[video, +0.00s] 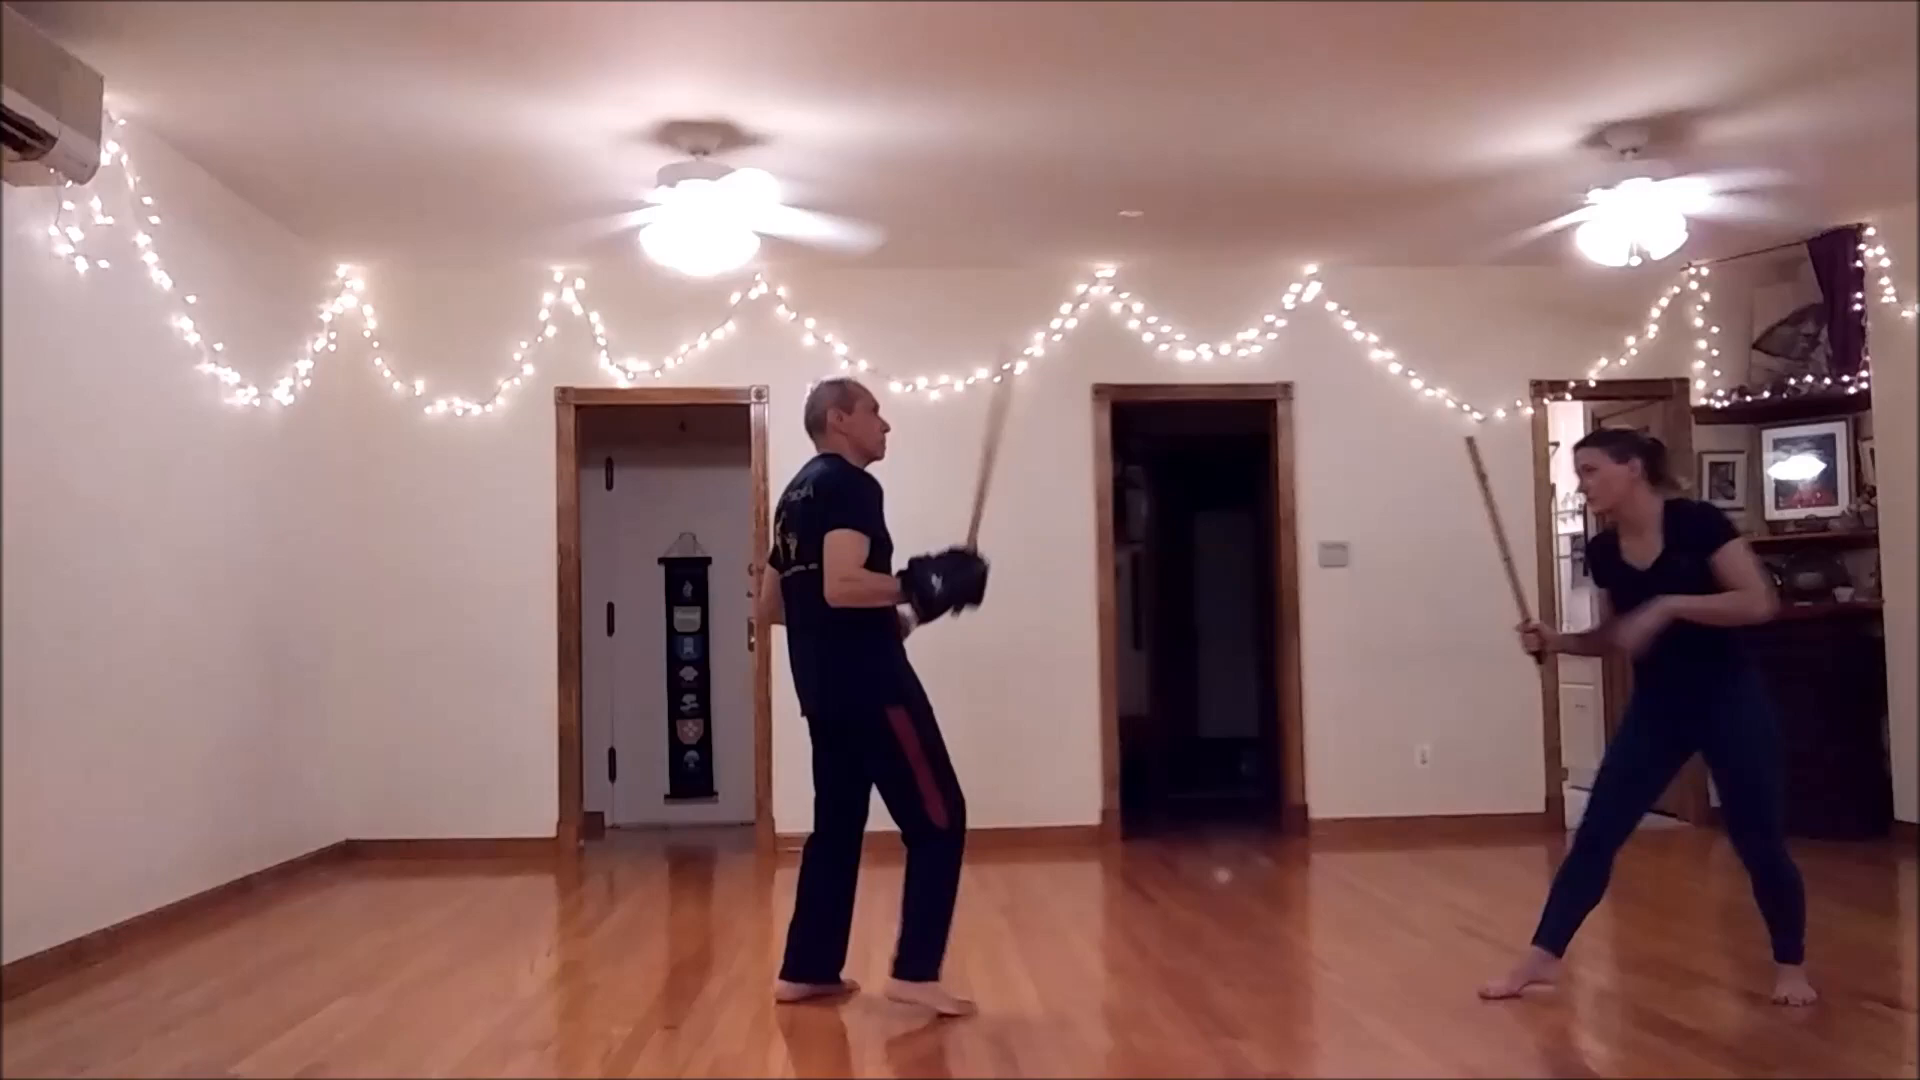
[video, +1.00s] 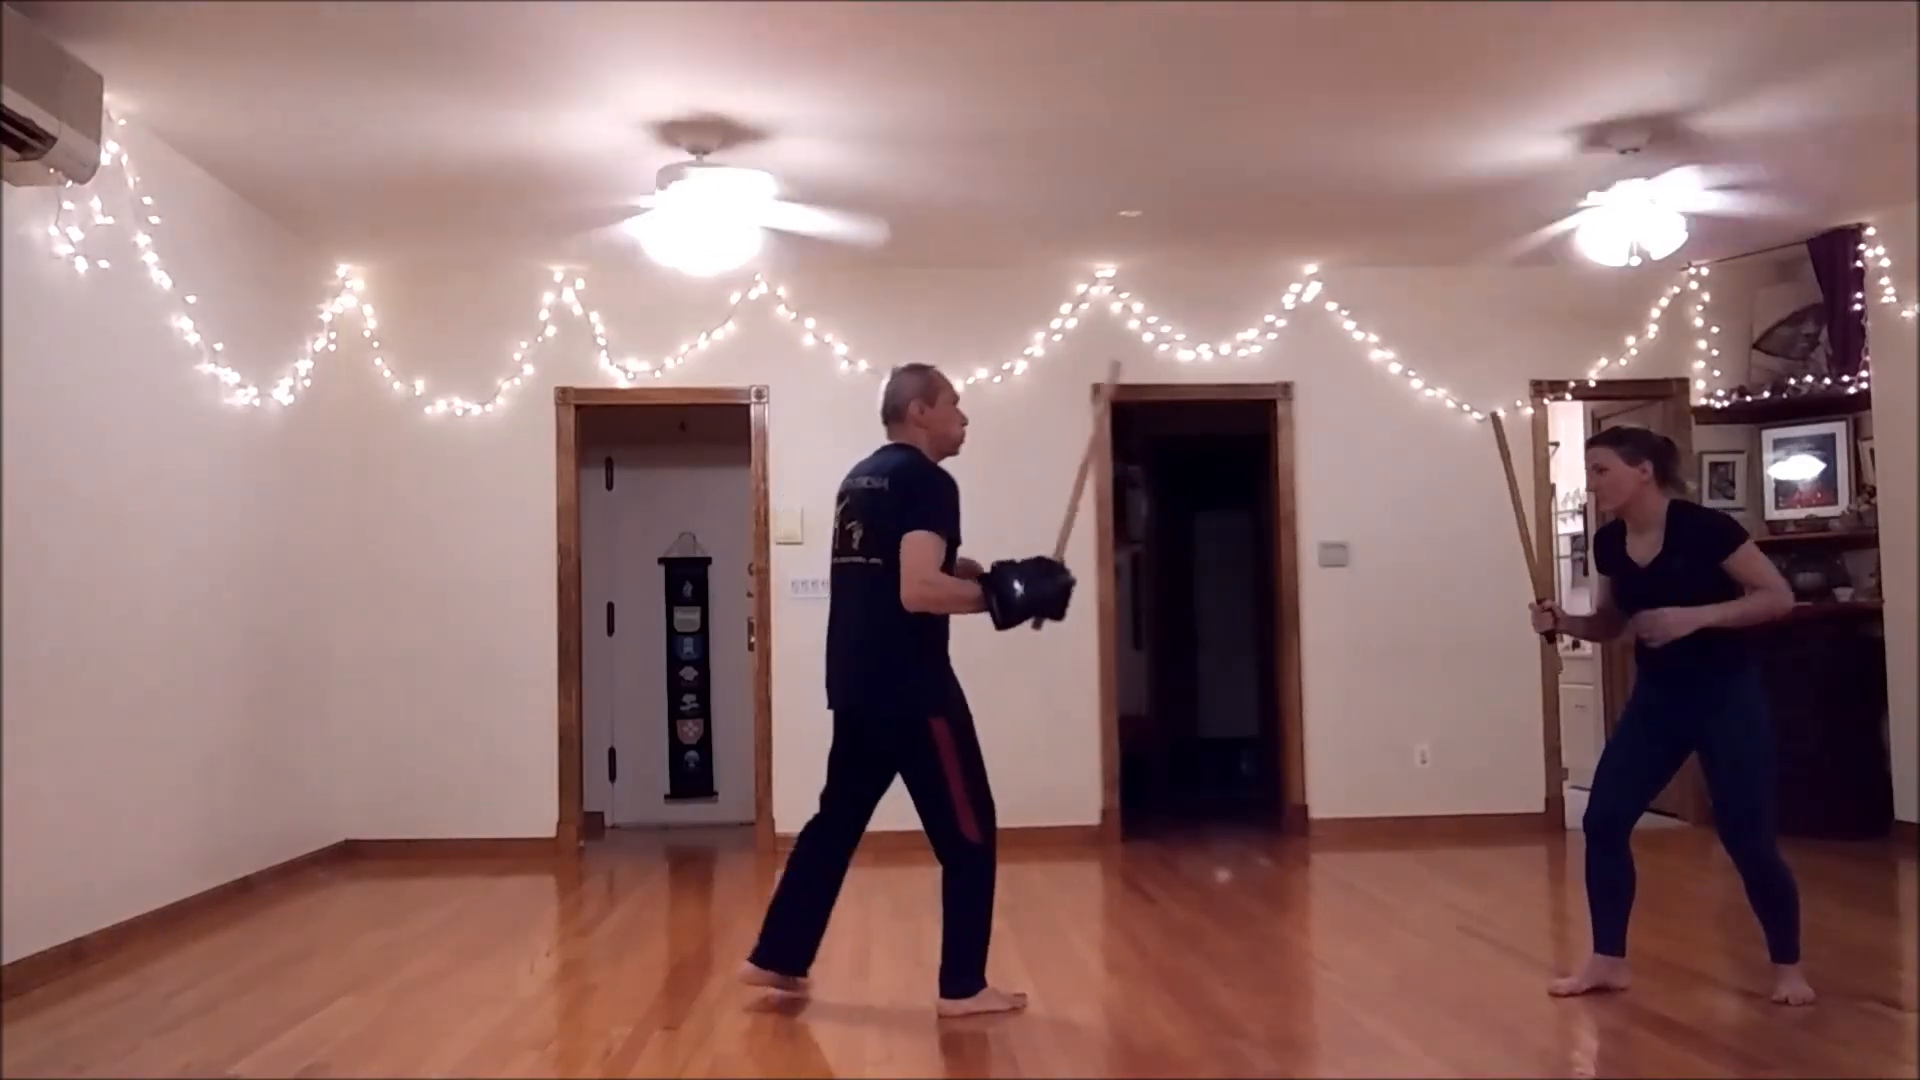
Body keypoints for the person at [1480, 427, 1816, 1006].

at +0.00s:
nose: (1583, 486)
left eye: (1590, 472)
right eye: (1579, 476)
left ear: (1632, 467)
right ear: (1606, 477)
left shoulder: (1696, 521)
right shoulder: (1604, 550)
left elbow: (1759, 601)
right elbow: (1615, 637)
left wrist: (1667, 606)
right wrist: (1555, 642)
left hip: (1731, 703)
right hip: (1660, 707)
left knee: (1758, 839)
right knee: (1598, 830)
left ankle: (1791, 966)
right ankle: (1542, 957)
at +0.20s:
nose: (1598, 474)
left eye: (1607, 461)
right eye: (1595, 464)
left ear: (1648, 459)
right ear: (1636, 465)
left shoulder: (1719, 512)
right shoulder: (1621, 542)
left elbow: (1813, 561)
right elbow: (1636, 625)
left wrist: (1750, 601)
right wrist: (1578, 632)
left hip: (1742, 692)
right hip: (1672, 697)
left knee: (1764, 829)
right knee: (1623, 820)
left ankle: (1790, 966)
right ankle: (1601, 959)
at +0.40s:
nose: (1602, 472)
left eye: (1611, 458)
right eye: (1598, 462)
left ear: (1654, 458)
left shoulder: (1716, 515)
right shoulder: (1616, 541)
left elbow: (1796, 583)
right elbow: (1621, 621)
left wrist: (1722, 603)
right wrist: (1562, 623)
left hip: (1739, 694)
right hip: (1668, 696)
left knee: (1764, 831)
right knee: (1618, 822)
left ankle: (1790, 966)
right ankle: (1608, 960)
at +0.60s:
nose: (1604, 471)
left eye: (1612, 457)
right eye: (1600, 461)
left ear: (1655, 457)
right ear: (1614, 470)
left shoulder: (1710, 515)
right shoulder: (1615, 530)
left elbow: (1716, 605)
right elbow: (1610, 617)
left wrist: (1633, 565)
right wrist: (1556, 613)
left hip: (1723, 692)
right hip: (1654, 692)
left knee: (1750, 828)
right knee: (1608, 820)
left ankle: (1788, 967)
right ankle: (1607, 961)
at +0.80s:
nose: (1603, 481)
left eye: (1613, 467)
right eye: (1601, 471)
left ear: (1655, 468)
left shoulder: (1710, 524)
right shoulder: (1616, 540)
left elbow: (1720, 611)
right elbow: (1614, 625)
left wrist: (1639, 574)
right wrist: (1563, 625)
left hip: (1724, 700)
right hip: (1655, 701)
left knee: (1746, 838)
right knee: (1598, 822)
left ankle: (1787, 968)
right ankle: (1607, 961)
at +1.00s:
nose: (1592, 484)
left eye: (1601, 471)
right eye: (1589, 473)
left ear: (1641, 471)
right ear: (1626, 476)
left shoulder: (1703, 527)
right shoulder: (1609, 541)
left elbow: (1779, 597)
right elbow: (1613, 622)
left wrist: (1692, 616)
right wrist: (1564, 623)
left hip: (1728, 703)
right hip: (1657, 704)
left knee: (1747, 837)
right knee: (1604, 820)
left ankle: (1788, 968)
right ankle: (1607, 960)